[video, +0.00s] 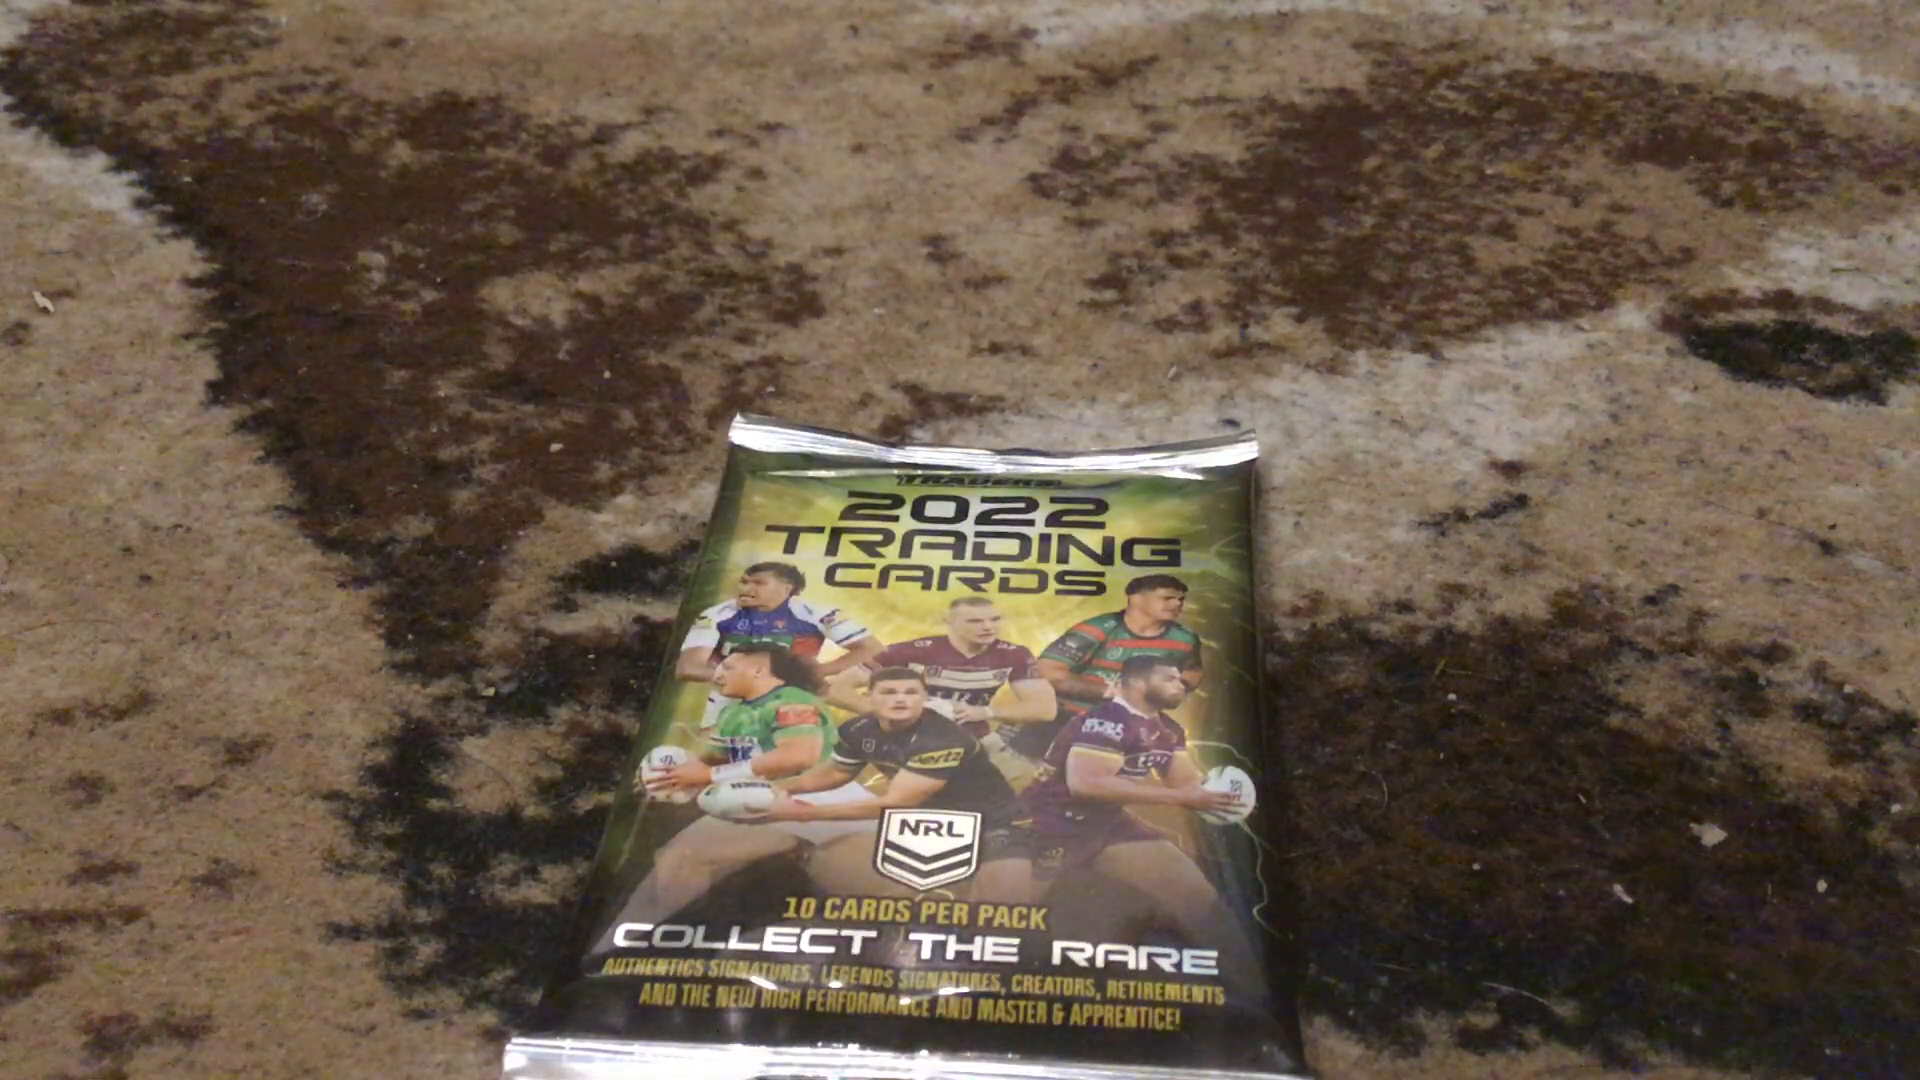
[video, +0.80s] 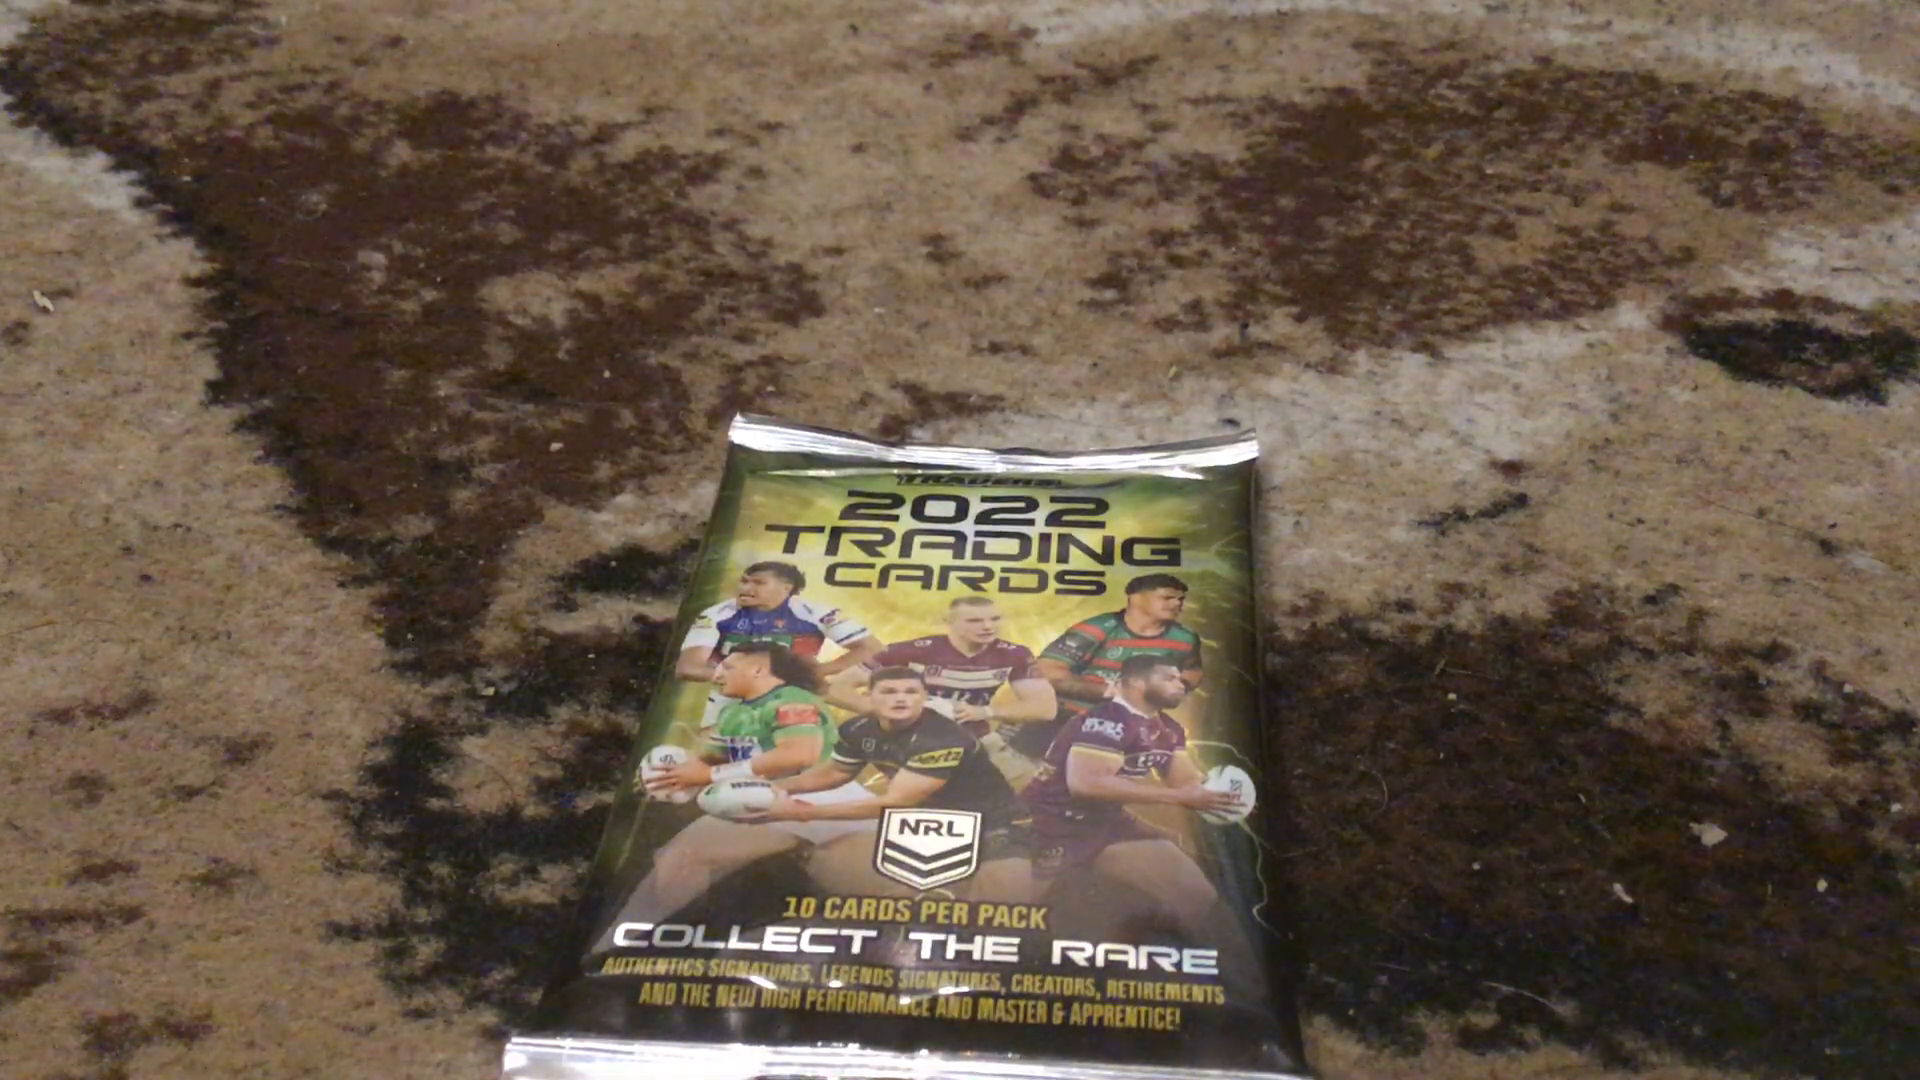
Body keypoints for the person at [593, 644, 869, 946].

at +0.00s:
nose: (720, 670)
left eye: (729, 662)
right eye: (722, 663)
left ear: (761, 664)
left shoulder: (793, 700)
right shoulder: (733, 713)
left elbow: (801, 754)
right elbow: (713, 762)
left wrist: (711, 775)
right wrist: (667, 778)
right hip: (752, 815)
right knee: (672, 862)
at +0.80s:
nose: (720, 669)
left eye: (729, 662)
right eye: (722, 662)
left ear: (761, 665)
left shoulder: (793, 700)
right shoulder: (732, 714)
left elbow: (802, 754)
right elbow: (714, 763)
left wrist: (711, 775)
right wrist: (668, 779)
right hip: (752, 814)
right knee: (674, 863)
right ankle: (614, 950)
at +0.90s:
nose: (719, 669)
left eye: (729, 662)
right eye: (721, 662)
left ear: (761, 665)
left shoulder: (793, 701)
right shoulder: (733, 714)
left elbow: (801, 754)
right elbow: (713, 762)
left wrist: (711, 775)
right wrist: (667, 779)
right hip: (758, 814)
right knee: (678, 862)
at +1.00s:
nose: (719, 668)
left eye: (730, 660)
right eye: (722, 661)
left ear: (762, 662)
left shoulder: (793, 701)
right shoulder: (731, 712)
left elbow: (802, 754)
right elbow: (716, 763)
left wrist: (712, 775)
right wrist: (675, 778)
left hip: (783, 818)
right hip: (737, 816)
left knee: (685, 860)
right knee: (669, 862)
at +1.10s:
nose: (719, 670)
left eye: (729, 661)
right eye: (721, 662)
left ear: (763, 661)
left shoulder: (793, 700)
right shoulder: (731, 712)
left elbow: (802, 754)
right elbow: (715, 763)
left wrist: (712, 775)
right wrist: (676, 781)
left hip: (782, 814)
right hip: (736, 814)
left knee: (682, 861)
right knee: (670, 861)